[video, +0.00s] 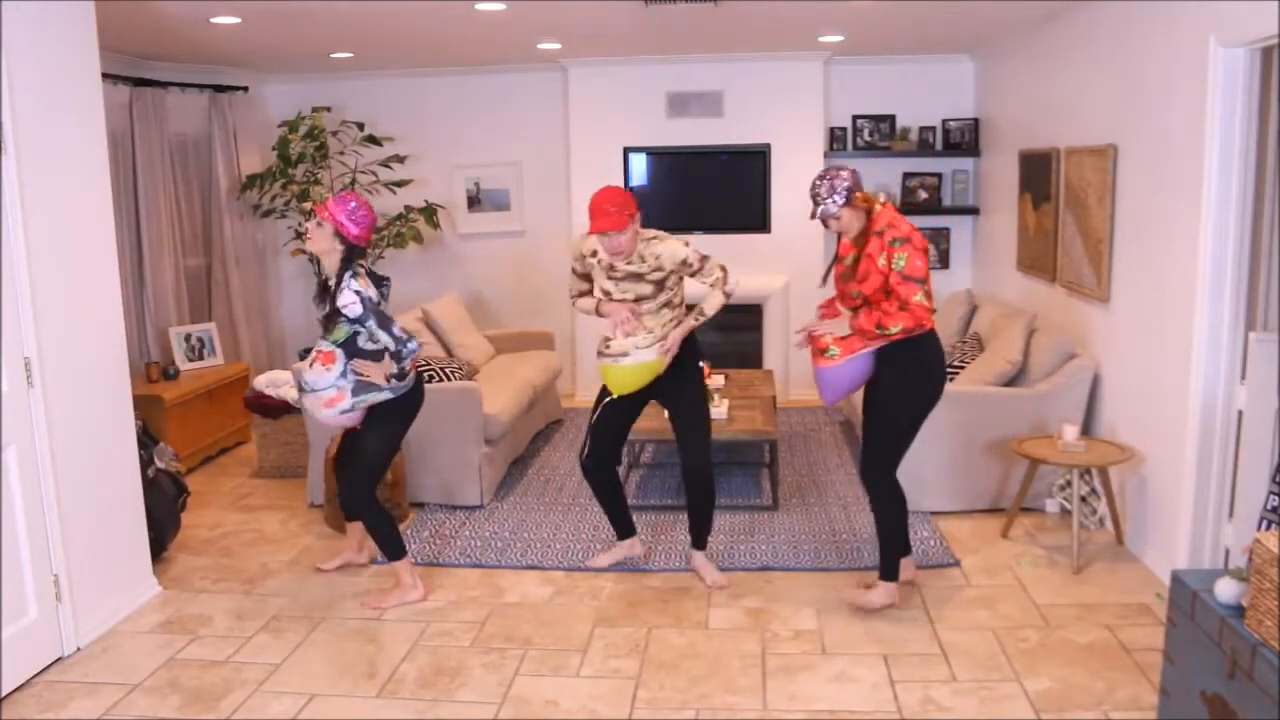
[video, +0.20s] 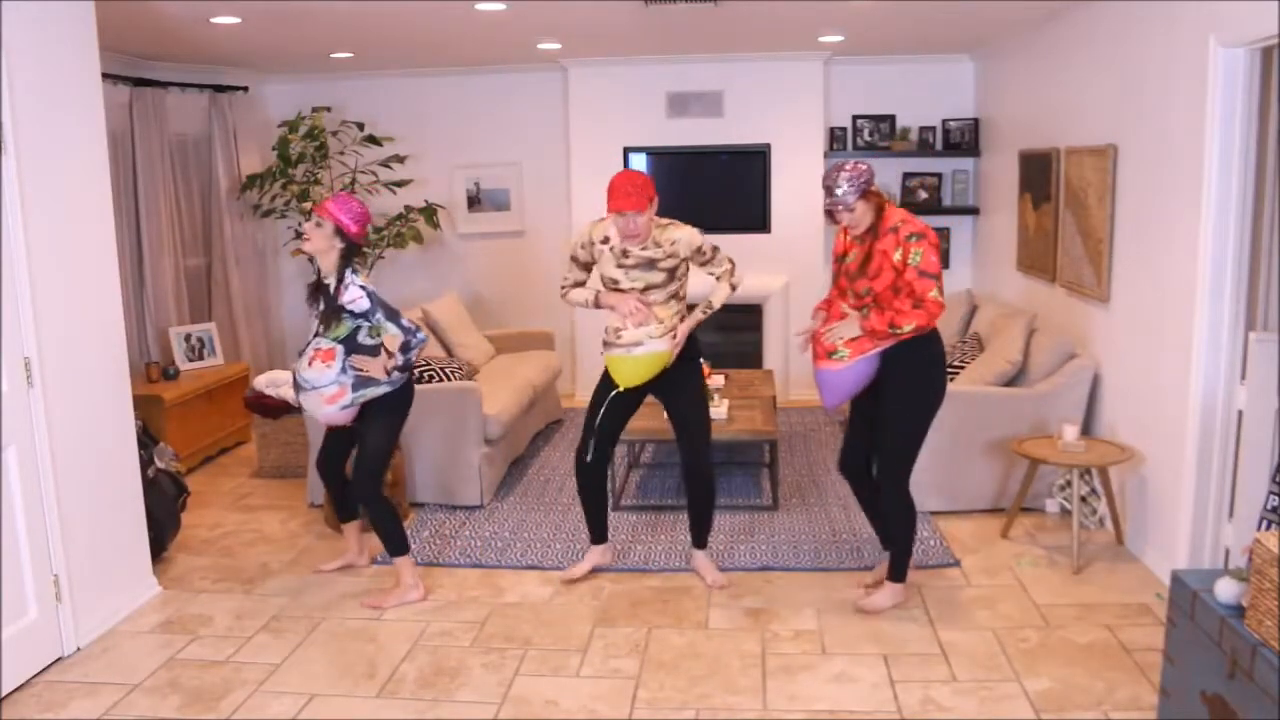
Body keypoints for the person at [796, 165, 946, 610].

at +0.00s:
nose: (832, 228)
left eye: (835, 218)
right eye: (827, 221)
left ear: (856, 202)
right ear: (834, 212)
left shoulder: (899, 236)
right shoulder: (857, 237)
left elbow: (912, 308)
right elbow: (853, 295)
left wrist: (849, 329)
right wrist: (821, 323)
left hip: (915, 359)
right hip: (886, 358)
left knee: (877, 470)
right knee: (875, 467)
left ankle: (888, 584)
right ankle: (901, 562)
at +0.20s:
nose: (844, 222)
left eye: (849, 211)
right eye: (836, 214)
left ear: (871, 198)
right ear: (832, 210)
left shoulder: (911, 235)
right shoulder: (848, 238)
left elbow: (930, 307)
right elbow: (841, 294)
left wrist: (866, 323)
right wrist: (819, 322)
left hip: (916, 361)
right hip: (876, 359)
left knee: (890, 471)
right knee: (854, 463)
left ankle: (898, 582)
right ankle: (894, 552)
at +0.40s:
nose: (853, 216)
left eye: (861, 206)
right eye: (845, 208)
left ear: (880, 194)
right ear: (838, 204)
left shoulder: (920, 233)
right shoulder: (841, 234)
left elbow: (939, 300)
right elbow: (828, 290)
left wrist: (877, 321)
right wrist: (821, 320)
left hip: (913, 361)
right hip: (863, 359)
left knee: (893, 469)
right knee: (856, 464)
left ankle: (896, 583)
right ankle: (861, 566)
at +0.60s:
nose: (860, 208)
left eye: (869, 199)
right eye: (851, 199)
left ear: (885, 193)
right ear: (840, 196)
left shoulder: (919, 227)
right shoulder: (827, 229)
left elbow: (940, 294)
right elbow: (806, 284)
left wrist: (885, 318)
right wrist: (816, 313)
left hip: (905, 357)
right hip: (848, 358)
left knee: (891, 470)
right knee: (855, 466)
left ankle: (898, 580)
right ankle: (862, 564)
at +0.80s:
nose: (868, 201)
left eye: (877, 192)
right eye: (860, 193)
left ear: (891, 190)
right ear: (846, 193)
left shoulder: (921, 225)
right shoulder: (825, 229)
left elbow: (942, 291)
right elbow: (802, 286)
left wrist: (896, 317)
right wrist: (823, 314)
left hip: (906, 354)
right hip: (846, 355)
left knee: (898, 471)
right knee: (842, 465)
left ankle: (898, 581)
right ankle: (856, 563)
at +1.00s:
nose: (871, 182)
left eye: (879, 173)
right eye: (861, 174)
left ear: (891, 178)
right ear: (848, 180)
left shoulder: (920, 223)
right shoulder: (823, 226)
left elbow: (943, 282)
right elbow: (797, 287)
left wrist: (914, 314)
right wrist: (830, 316)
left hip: (901, 354)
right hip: (841, 356)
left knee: (901, 471)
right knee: (834, 468)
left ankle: (899, 580)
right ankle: (822, 568)